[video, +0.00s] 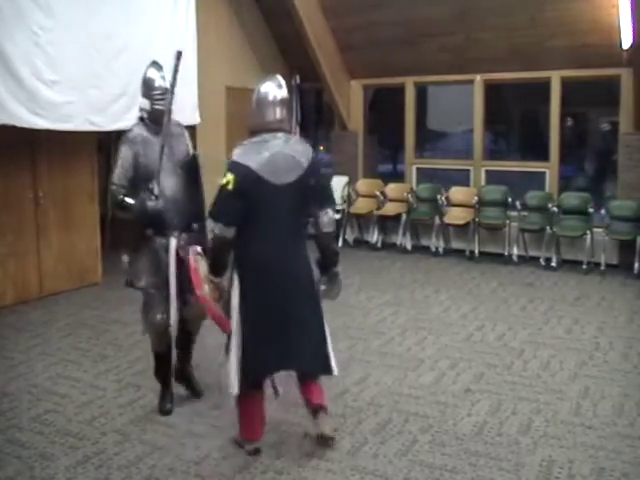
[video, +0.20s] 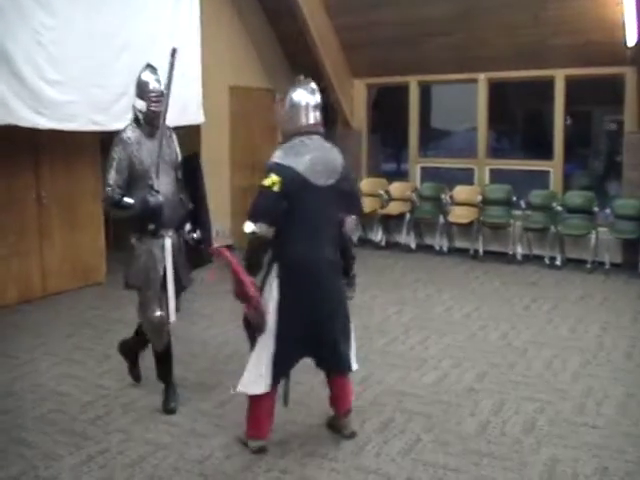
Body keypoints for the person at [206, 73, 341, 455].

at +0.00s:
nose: (277, 115)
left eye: (267, 109)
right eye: (283, 109)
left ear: (254, 112)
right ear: (289, 112)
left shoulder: (244, 160)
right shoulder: (312, 159)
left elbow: (222, 228)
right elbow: (324, 222)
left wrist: (217, 272)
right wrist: (330, 267)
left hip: (254, 268)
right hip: (295, 266)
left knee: (250, 352)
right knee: (304, 343)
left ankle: (251, 437)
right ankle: (321, 417)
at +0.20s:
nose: (278, 116)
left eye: (281, 110)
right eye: (281, 109)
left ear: (289, 115)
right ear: (318, 115)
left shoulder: (285, 161)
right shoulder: (338, 161)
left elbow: (262, 225)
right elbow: (350, 218)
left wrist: (247, 274)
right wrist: (345, 264)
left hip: (290, 266)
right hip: (327, 265)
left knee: (270, 345)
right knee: (335, 340)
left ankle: (258, 433)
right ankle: (343, 418)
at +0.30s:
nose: (320, 124)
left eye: (317, 118)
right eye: (335, 117)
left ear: (316, 121)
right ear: (349, 120)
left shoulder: (317, 163)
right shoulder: (364, 162)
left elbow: (301, 227)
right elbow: (379, 213)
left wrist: (284, 278)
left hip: (323, 266)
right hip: (357, 265)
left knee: (305, 346)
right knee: (356, 342)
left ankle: (283, 428)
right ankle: (357, 419)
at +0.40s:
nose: (339, 117)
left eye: (339, 111)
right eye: (350, 109)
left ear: (341, 112)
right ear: (370, 112)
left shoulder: (342, 154)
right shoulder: (379, 151)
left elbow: (334, 217)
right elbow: (401, 198)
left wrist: (310, 249)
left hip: (349, 259)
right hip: (379, 257)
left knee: (337, 340)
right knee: (375, 337)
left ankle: (332, 423)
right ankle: (370, 417)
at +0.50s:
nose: (364, 117)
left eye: (367, 111)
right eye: (367, 110)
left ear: (371, 114)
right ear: (394, 112)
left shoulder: (372, 153)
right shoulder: (400, 147)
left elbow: (363, 214)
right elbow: (421, 194)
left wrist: (340, 243)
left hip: (379, 260)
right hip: (401, 255)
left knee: (380, 336)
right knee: (387, 334)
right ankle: (387, 410)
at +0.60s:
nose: (374, 116)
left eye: (377, 110)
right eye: (377, 110)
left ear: (383, 113)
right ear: (408, 112)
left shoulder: (385, 158)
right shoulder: (413, 151)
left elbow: (373, 224)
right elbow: (430, 199)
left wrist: (363, 272)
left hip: (387, 269)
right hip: (410, 264)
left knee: (377, 344)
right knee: (396, 340)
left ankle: (428, 401)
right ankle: (386, 414)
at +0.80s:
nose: (391, 116)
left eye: (395, 110)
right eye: (394, 109)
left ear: (401, 116)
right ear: (427, 115)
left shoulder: (412, 167)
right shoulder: (422, 158)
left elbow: (407, 237)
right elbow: (410, 228)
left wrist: (396, 284)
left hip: (409, 275)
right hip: (414, 270)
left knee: (420, 342)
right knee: (396, 340)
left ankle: (455, 407)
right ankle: (387, 410)